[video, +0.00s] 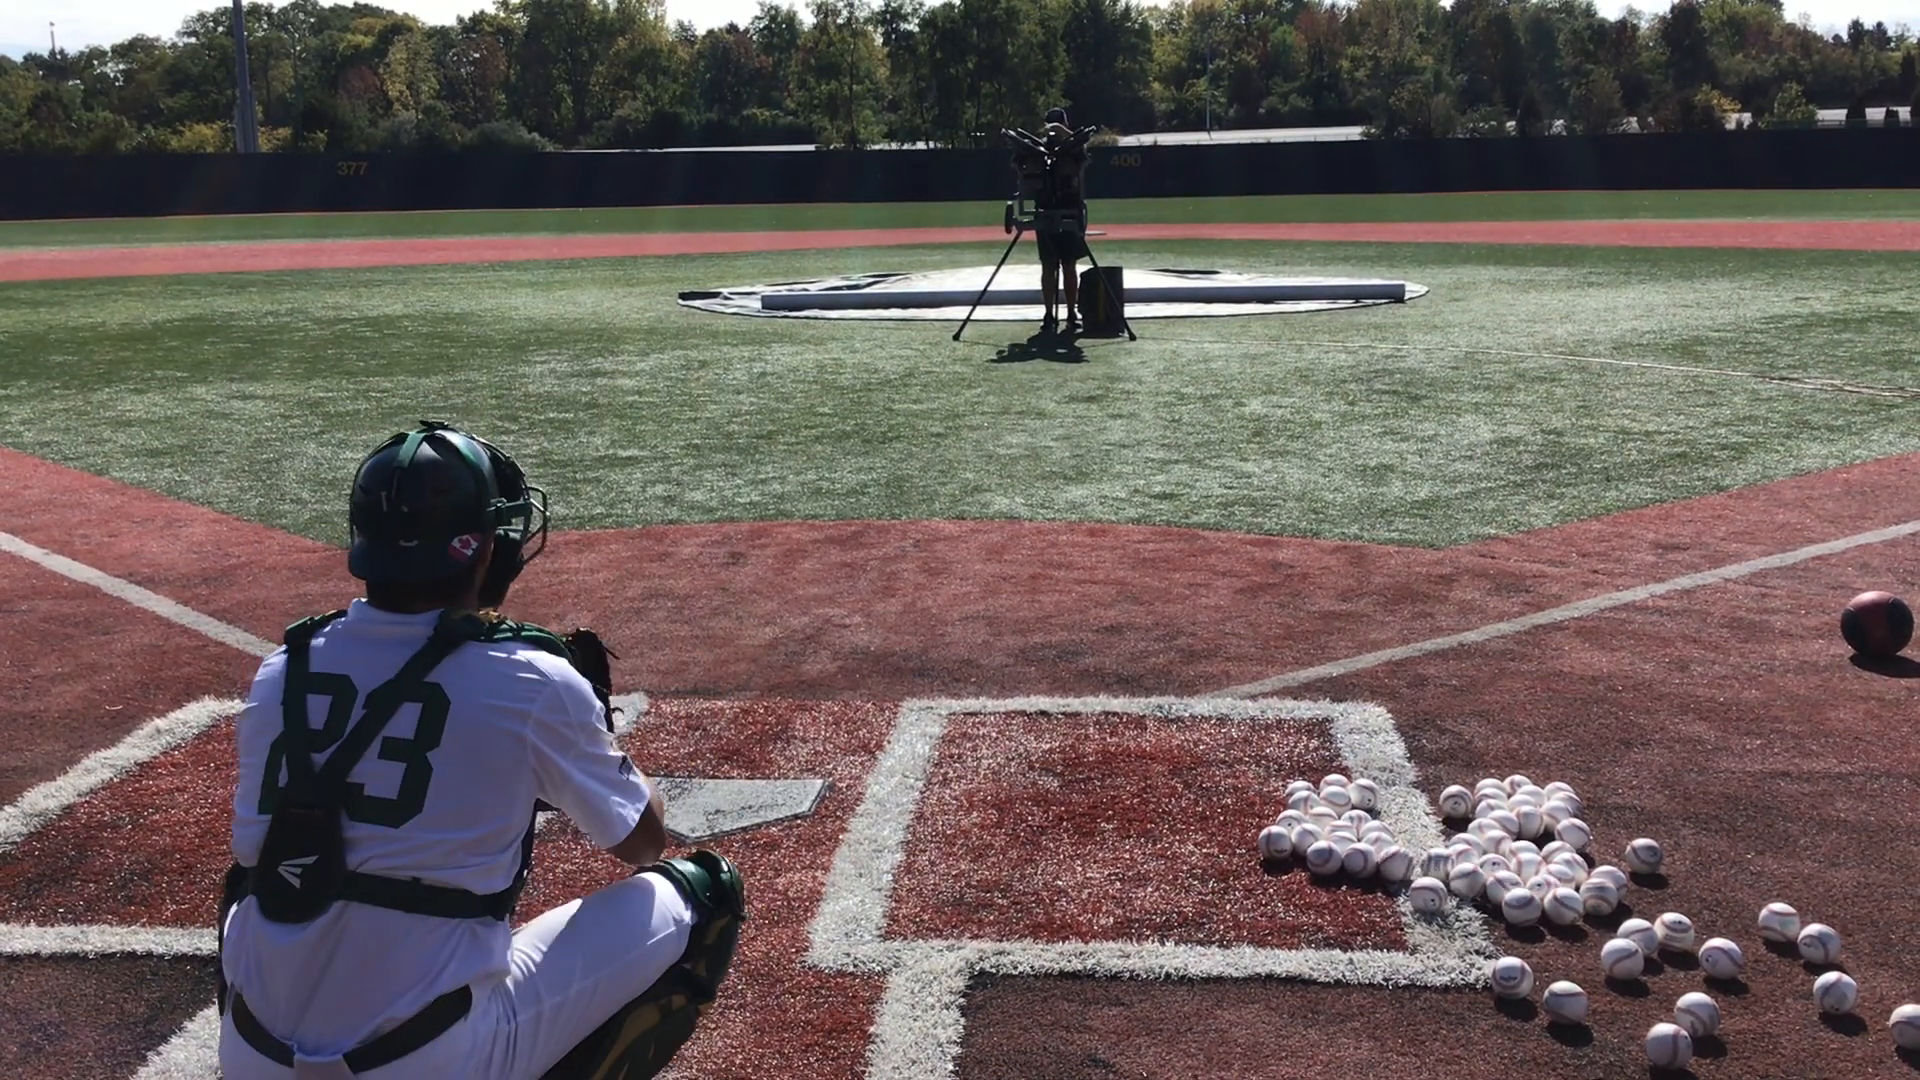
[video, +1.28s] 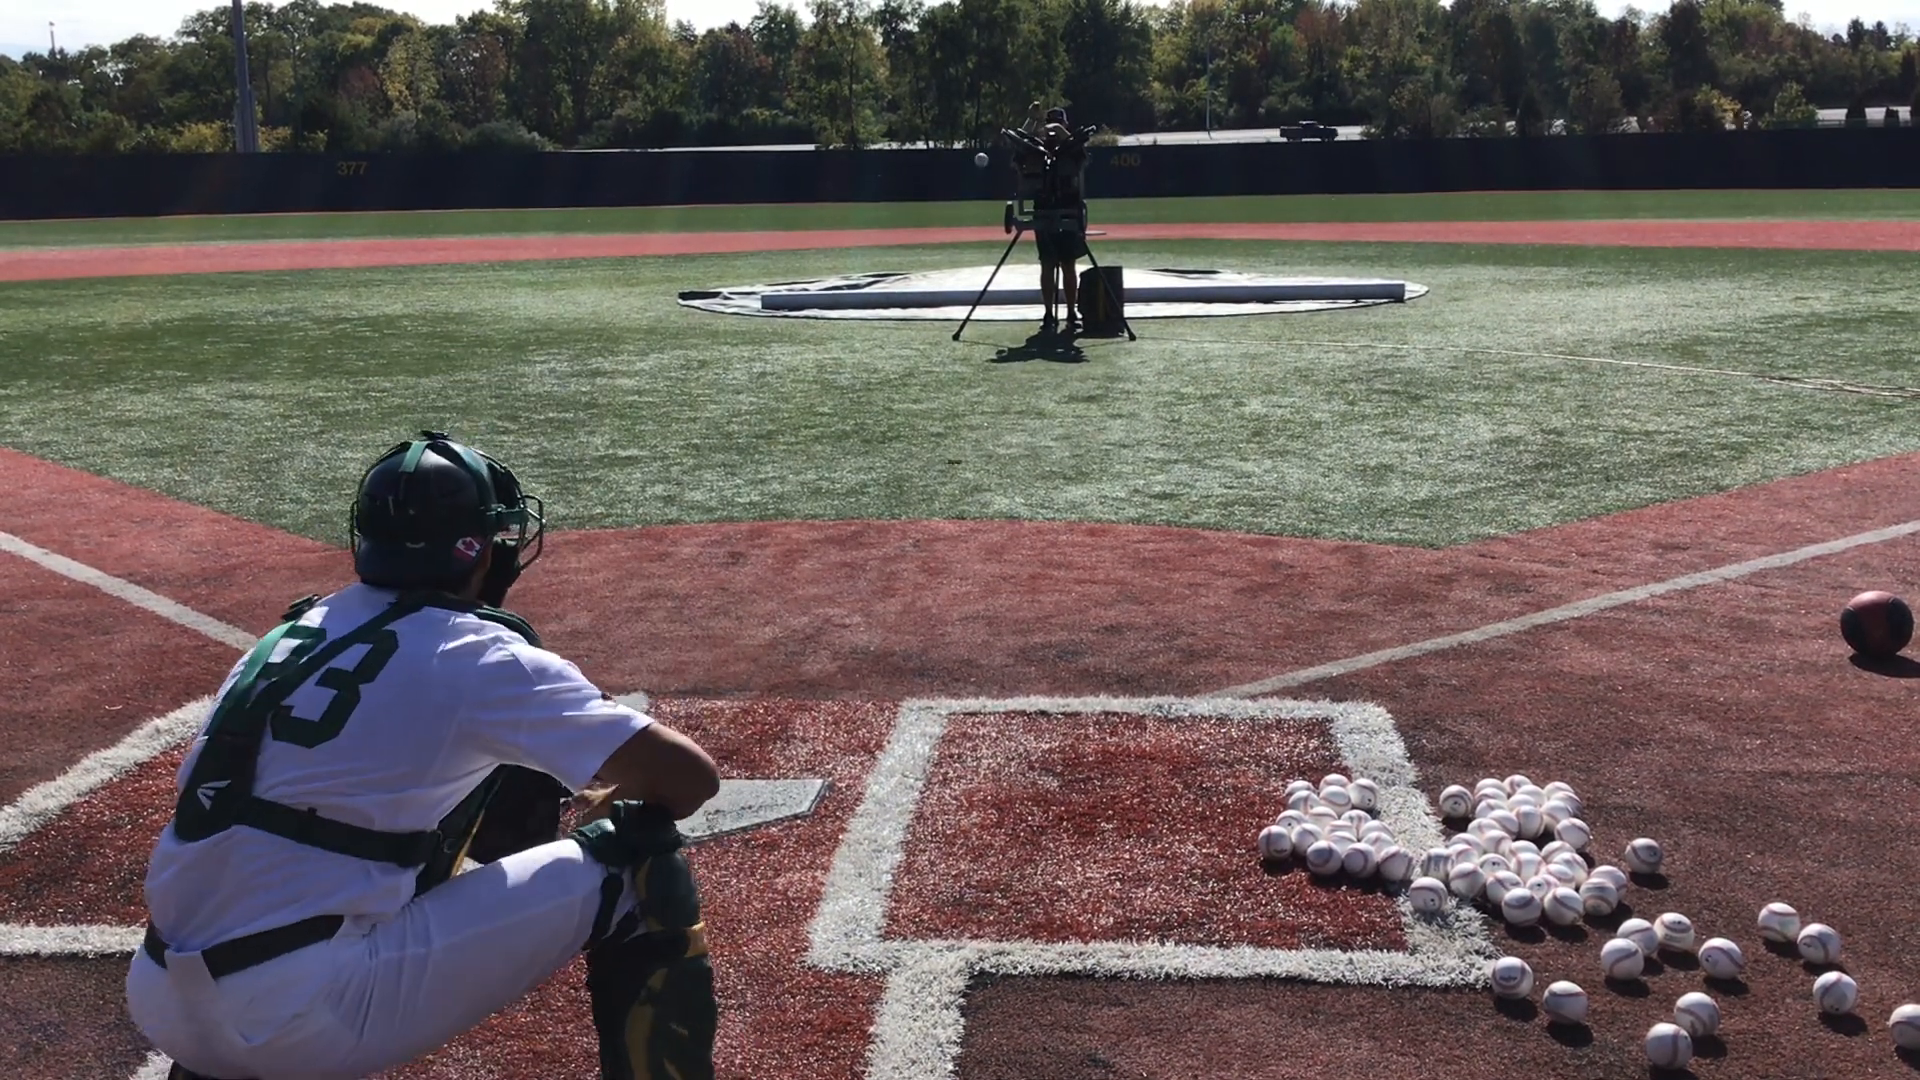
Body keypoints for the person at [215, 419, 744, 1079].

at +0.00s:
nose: (514, 548)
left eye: (510, 530)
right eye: (506, 531)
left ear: (364, 544)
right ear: (477, 556)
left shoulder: (282, 668)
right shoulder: (532, 683)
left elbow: (253, 844)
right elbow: (643, 843)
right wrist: (586, 713)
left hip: (252, 1047)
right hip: (426, 1057)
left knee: (251, 877)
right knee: (706, 891)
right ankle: (584, 1063)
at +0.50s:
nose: (529, 529)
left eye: (526, 512)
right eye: (521, 516)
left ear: (385, 527)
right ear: (499, 534)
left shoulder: (307, 627)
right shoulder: (547, 639)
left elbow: (262, 801)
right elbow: (694, 786)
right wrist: (592, 746)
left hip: (259, 1024)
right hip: (420, 1039)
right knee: (665, 884)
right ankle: (544, 1067)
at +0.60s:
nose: (533, 471)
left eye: (528, 455)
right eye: (525, 459)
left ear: (395, 465)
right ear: (504, 476)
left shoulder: (315, 557)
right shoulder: (546, 571)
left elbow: (260, 731)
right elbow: (703, 724)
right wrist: (581, 698)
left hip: (273, 956)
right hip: (435, 955)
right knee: (663, 850)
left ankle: (340, 1065)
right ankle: (543, 1066)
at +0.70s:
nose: (542, 448)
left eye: (539, 432)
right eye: (535, 433)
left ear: (412, 437)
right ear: (515, 443)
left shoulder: (332, 530)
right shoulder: (560, 528)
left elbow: (264, 681)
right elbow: (716, 704)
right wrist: (593, 691)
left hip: (270, 889)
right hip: (450, 899)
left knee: (233, 795)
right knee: (707, 823)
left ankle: (254, 1066)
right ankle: (637, 1065)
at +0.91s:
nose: (556, 503)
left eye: (551, 485)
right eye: (550, 487)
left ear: (417, 491)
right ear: (529, 498)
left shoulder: (340, 583)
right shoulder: (560, 581)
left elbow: (279, 734)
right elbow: (726, 751)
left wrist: (521, 765)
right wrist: (601, 760)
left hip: (257, 925)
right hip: (445, 933)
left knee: (213, 833)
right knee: (714, 867)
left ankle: (173, 1064)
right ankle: (689, 1063)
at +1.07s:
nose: (531, 537)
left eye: (530, 521)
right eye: (524, 522)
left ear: (397, 525)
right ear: (499, 535)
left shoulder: (316, 615)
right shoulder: (520, 626)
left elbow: (239, 763)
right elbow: (710, 768)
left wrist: (463, 814)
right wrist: (567, 811)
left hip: (202, 977)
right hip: (374, 982)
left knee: (200, 885)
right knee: (681, 863)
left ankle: (170, 1069)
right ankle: (672, 1065)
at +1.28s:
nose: (506, 556)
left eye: (503, 540)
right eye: (499, 541)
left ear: (370, 543)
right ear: (474, 557)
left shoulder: (299, 623)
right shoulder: (476, 655)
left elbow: (195, 786)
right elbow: (691, 777)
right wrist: (602, 798)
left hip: (159, 993)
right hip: (292, 1012)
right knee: (640, 861)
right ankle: (655, 1061)